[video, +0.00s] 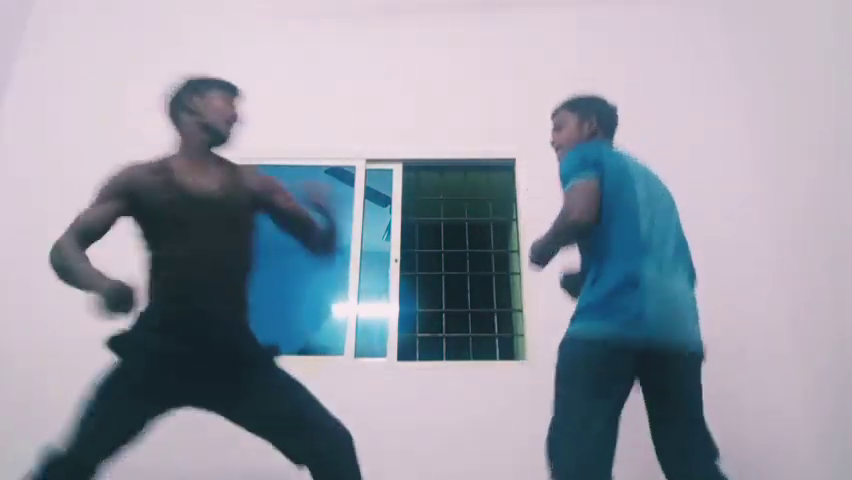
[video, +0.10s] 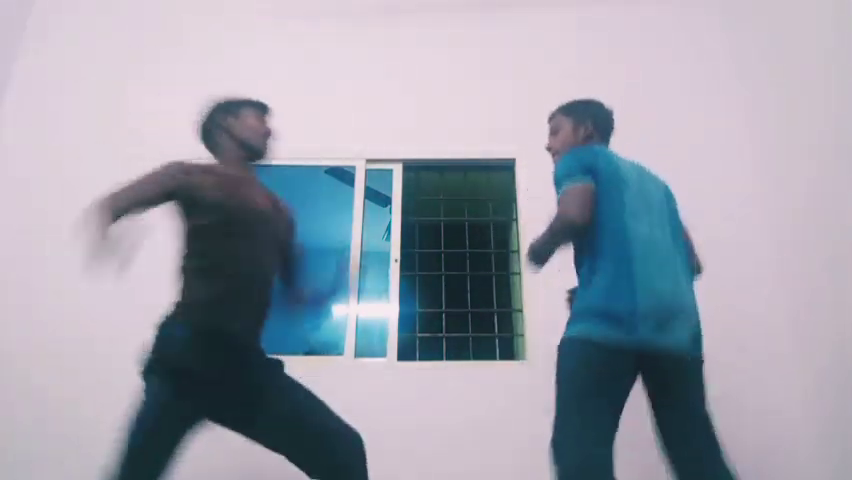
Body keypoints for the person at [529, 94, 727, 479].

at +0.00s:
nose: (552, 139)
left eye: (559, 127)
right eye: (553, 129)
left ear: (589, 126)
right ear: (604, 131)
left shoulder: (584, 155)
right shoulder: (648, 178)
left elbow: (580, 214)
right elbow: (669, 265)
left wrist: (545, 246)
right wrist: (591, 277)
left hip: (608, 327)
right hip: (676, 330)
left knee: (577, 449)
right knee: (688, 451)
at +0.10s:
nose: (548, 144)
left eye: (555, 131)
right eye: (548, 133)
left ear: (584, 130)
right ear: (594, 134)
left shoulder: (579, 159)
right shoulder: (654, 183)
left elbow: (575, 215)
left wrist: (542, 246)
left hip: (605, 323)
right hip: (675, 327)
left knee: (580, 447)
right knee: (693, 445)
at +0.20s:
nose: (548, 142)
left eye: (553, 134)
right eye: (548, 136)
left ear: (579, 126)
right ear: (602, 129)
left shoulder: (577, 148)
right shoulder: (661, 166)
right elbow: (711, 239)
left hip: (618, 302)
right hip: (692, 303)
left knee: (578, 434)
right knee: (722, 432)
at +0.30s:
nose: (562, 165)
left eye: (565, 158)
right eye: (562, 158)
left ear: (574, 153)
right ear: (609, 149)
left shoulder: (578, 162)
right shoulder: (669, 186)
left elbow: (492, 146)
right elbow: (729, 248)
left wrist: (489, 139)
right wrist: (671, 263)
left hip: (626, 317)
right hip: (704, 317)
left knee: (582, 435)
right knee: (743, 430)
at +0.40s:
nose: (586, 204)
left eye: (588, 196)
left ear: (599, 192)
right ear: (634, 189)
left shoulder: (603, 201)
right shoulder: (695, 230)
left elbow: (534, 180)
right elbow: (743, 303)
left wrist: (514, 171)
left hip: (641, 367)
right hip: (721, 372)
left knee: (568, 472)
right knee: (752, 467)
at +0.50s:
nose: (603, 213)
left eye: (607, 206)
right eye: (603, 207)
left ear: (630, 198)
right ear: (658, 201)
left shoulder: (628, 218)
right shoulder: (716, 246)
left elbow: (578, 230)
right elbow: (752, 335)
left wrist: (554, 232)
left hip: (655, 380)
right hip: (732, 390)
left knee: (574, 474)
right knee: (745, 476)